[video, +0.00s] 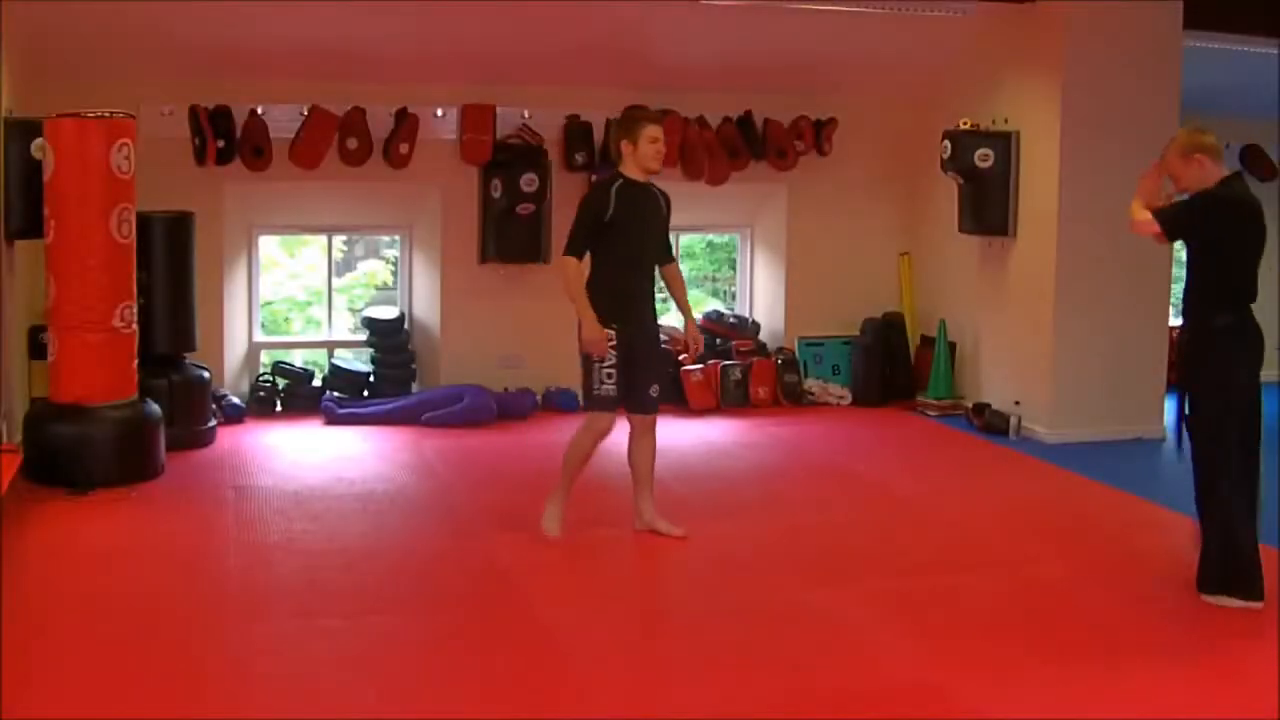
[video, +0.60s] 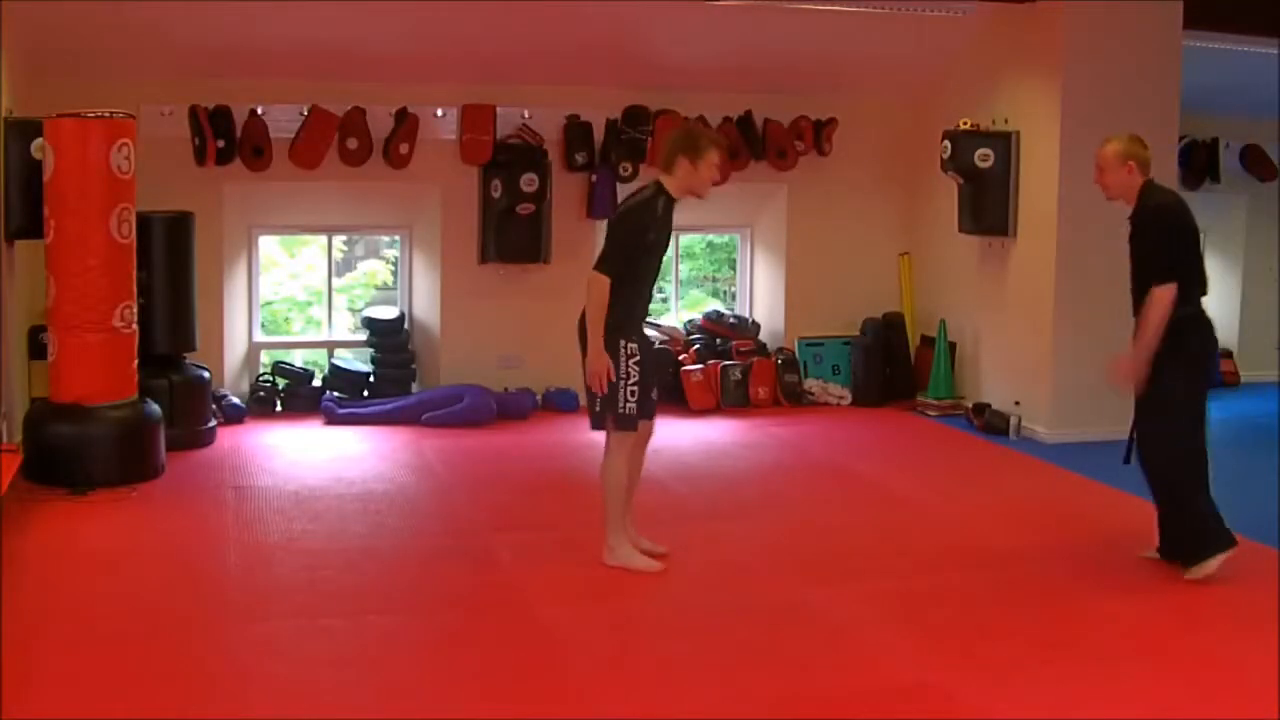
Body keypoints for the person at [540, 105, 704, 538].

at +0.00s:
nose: (662, 149)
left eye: (663, 142)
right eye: (653, 142)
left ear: (657, 147)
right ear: (625, 146)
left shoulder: (658, 199)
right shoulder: (602, 195)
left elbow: (666, 262)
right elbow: (569, 262)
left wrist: (688, 317)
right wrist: (587, 321)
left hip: (643, 322)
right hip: (604, 323)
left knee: (644, 420)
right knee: (600, 420)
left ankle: (645, 512)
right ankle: (558, 500)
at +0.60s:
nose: (715, 180)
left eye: (717, 172)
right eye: (712, 170)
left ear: (684, 165)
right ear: (684, 162)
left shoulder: (661, 206)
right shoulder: (644, 207)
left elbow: (631, 280)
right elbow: (600, 277)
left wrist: (640, 333)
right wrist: (596, 347)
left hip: (632, 332)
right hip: (616, 336)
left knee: (641, 428)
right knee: (622, 434)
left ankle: (625, 528)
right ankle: (614, 543)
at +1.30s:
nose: (717, 163)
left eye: (717, 154)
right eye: (711, 153)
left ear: (686, 155)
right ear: (683, 153)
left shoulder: (669, 201)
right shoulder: (650, 201)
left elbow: (646, 278)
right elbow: (612, 278)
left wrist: (658, 331)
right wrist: (636, 342)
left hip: (649, 331)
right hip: (629, 333)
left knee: (657, 433)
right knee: (635, 436)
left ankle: (627, 529)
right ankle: (616, 542)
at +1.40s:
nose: (708, 163)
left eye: (709, 154)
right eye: (702, 152)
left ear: (674, 154)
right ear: (673, 151)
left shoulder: (662, 199)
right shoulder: (650, 201)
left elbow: (650, 285)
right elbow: (646, 289)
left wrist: (690, 320)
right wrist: (699, 321)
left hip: (649, 327)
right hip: (631, 329)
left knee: (677, 426)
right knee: (635, 435)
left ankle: (631, 522)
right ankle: (616, 543)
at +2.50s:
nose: (707, 154)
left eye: (707, 146)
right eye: (699, 146)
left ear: (684, 152)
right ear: (672, 151)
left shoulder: (679, 201)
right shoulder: (654, 202)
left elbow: (669, 278)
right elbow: (628, 279)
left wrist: (679, 337)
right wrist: (628, 349)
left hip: (678, 332)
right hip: (652, 333)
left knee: (686, 429)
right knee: (642, 434)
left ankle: (690, 523)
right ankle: (602, 524)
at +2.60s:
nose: (702, 157)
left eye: (703, 149)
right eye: (695, 149)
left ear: (677, 154)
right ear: (668, 153)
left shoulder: (673, 203)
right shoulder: (648, 201)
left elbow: (656, 274)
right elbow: (603, 270)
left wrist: (665, 330)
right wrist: (602, 337)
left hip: (668, 332)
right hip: (638, 332)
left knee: (684, 427)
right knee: (628, 434)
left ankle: (690, 523)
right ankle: (600, 527)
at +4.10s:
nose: (748, 194)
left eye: (749, 186)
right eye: (745, 185)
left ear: (721, 183)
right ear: (719, 182)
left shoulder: (703, 226)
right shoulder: (681, 226)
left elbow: (662, 285)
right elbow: (636, 289)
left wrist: (628, 317)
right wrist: (623, 321)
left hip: (679, 345)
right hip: (654, 347)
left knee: (713, 427)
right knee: (682, 446)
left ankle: (685, 509)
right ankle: (628, 526)